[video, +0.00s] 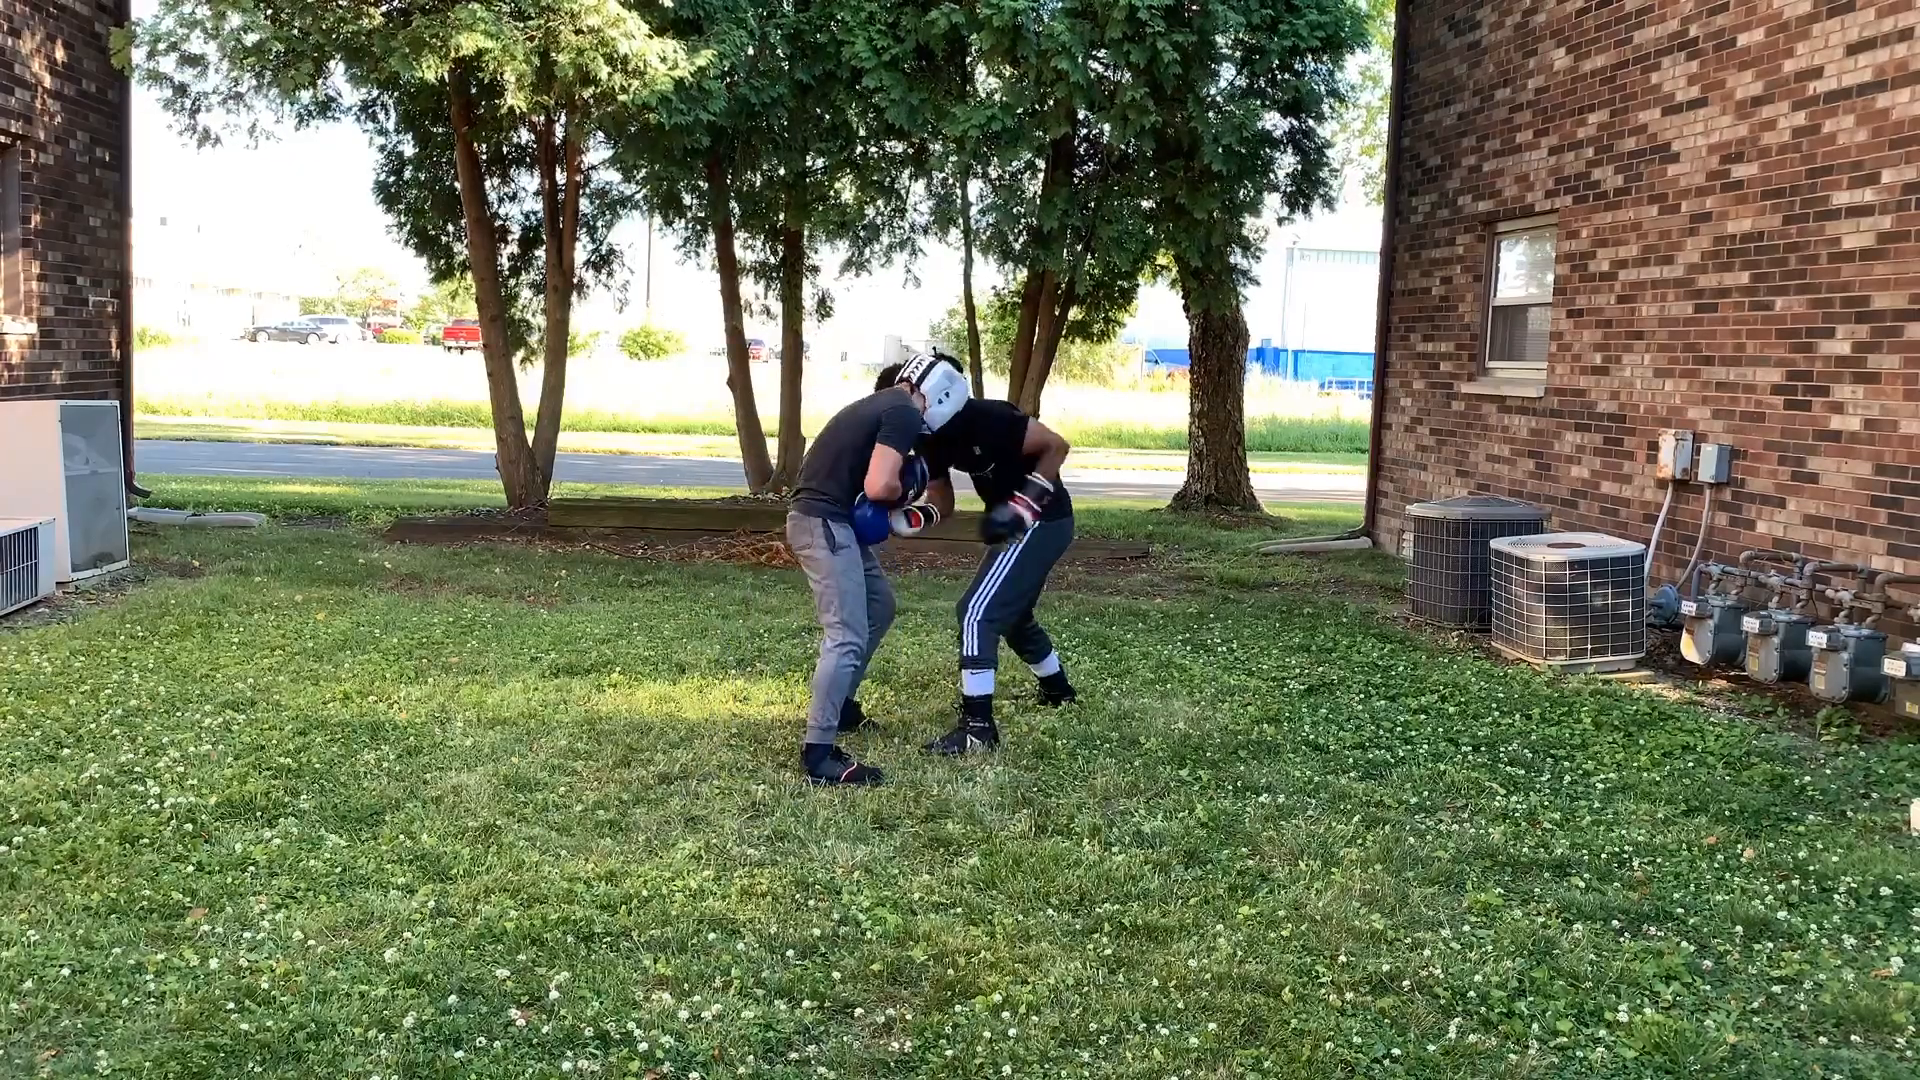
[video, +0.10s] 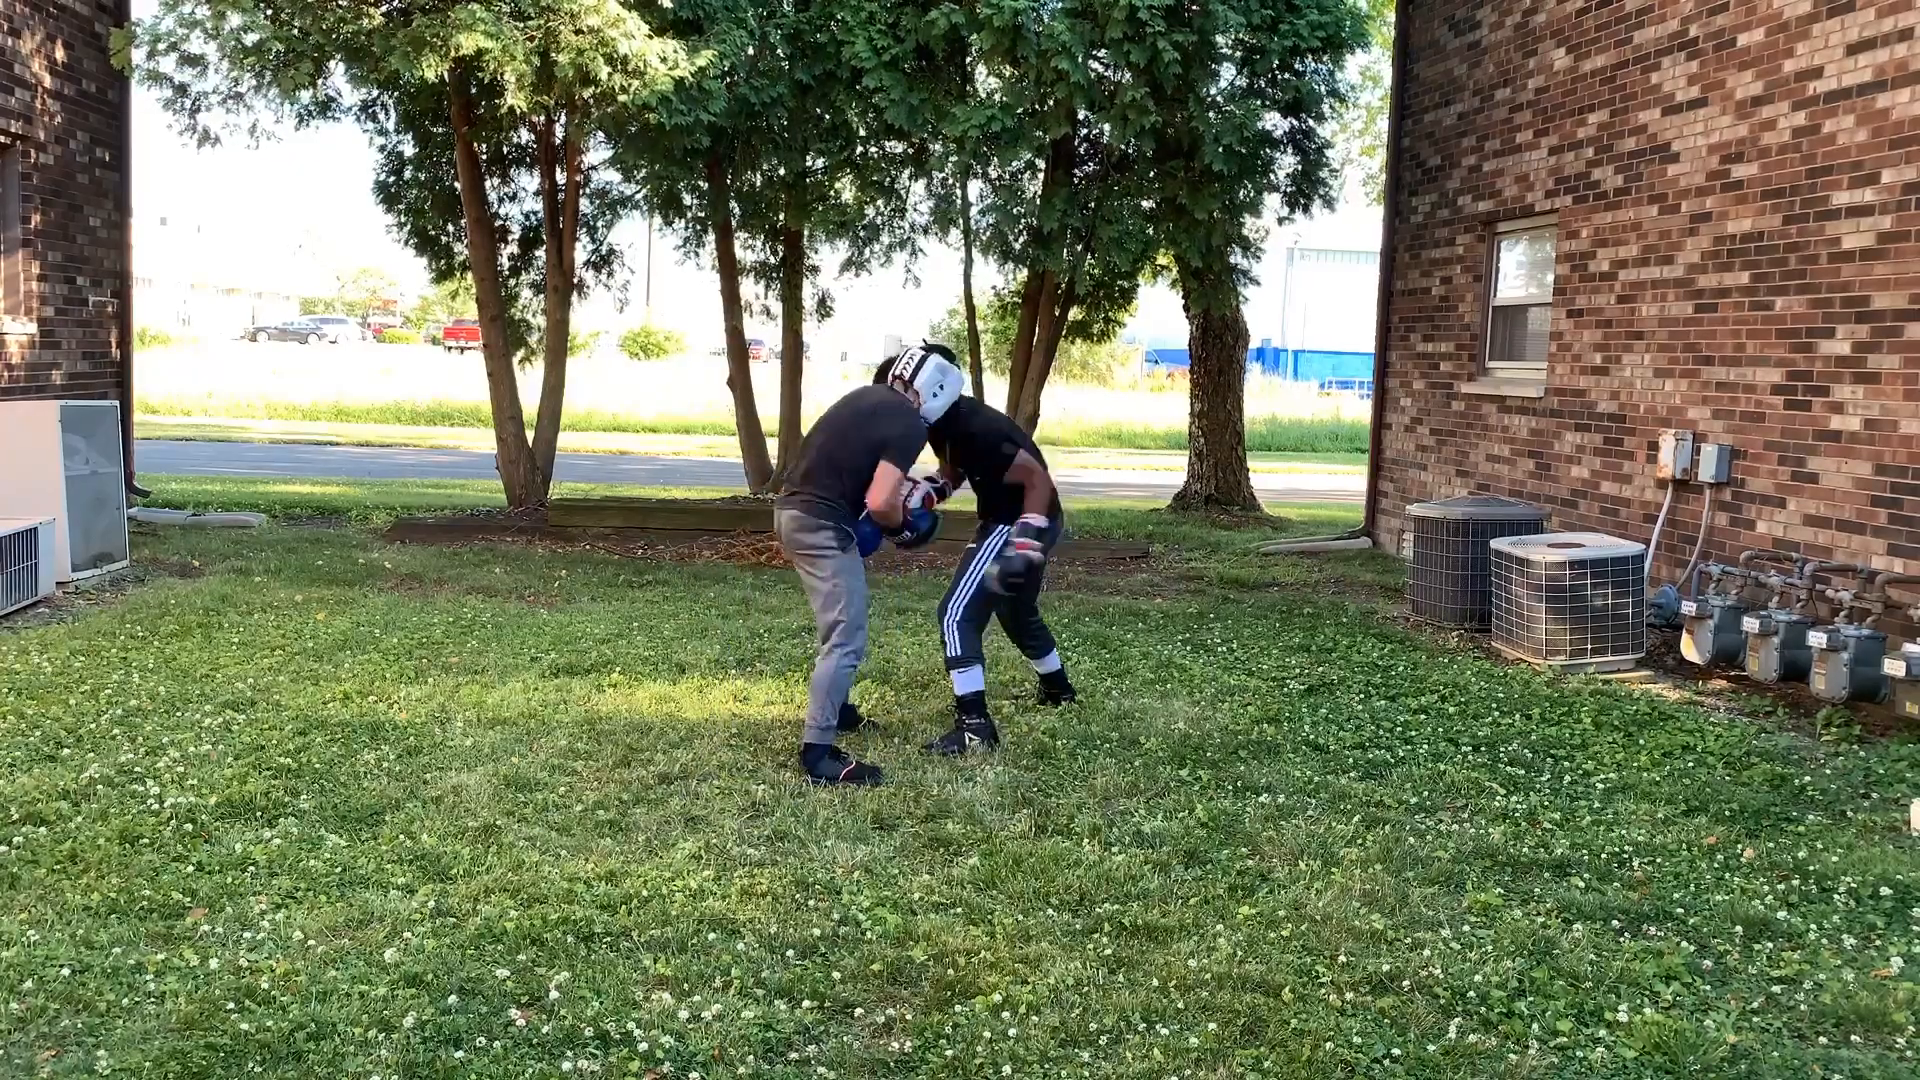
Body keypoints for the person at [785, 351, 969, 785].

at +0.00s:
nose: (934, 419)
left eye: (940, 412)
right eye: (938, 409)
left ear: (910, 383)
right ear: (926, 391)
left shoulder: (884, 406)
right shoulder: (901, 409)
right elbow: (878, 486)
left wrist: (905, 513)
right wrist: (905, 487)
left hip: (837, 523)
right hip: (820, 522)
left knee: (880, 609)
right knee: (847, 635)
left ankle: (842, 709)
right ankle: (817, 753)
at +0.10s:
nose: (937, 409)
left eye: (941, 400)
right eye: (938, 398)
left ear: (899, 377)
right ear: (922, 388)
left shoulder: (866, 399)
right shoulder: (908, 422)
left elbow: (852, 466)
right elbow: (879, 502)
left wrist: (907, 486)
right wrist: (904, 524)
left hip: (793, 509)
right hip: (819, 520)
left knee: (840, 618)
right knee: (846, 639)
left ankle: (833, 707)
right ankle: (817, 752)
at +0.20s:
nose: (928, 400)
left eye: (930, 392)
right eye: (929, 391)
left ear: (889, 363)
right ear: (920, 384)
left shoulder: (837, 371)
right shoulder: (912, 426)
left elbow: (793, 427)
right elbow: (896, 497)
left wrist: (829, 458)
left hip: (783, 516)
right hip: (828, 526)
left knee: (815, 621)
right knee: (847, 632)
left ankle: (832, 710)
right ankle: (823, 752)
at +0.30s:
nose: (929, 410)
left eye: (933, 401)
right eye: (930, 400)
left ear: (888, 366)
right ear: (918, 390)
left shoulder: (830, 376)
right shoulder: (900, 432)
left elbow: (809, 437)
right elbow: (881, 494)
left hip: (772, 518)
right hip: (817, 528)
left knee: (809, 623)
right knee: (846, 635)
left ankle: (825, 712)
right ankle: (824, 755)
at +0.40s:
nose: (918, 410)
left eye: (922, 400)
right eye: (920, 400)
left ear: (875, 369)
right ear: (907, 395)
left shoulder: (825, 383)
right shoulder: (880, 437)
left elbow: (804, 444)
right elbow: (875, 512)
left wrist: (840, 500)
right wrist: (882, 475)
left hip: (764, 517)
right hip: (802, 528)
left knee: (817, 612)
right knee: (840, 635)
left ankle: (796, 707)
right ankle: (823, 756)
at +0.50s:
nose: (903, 397)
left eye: (908, 388)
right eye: (902, 386)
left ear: (864, 368)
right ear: (879, 379)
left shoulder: (835, 381)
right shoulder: (850, 426)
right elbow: (854, 504)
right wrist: (875, 467)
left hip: (770, 502)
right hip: (782, 514)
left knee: (803, 618)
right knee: (811, 628)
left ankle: (786, 712)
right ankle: (816, 751)